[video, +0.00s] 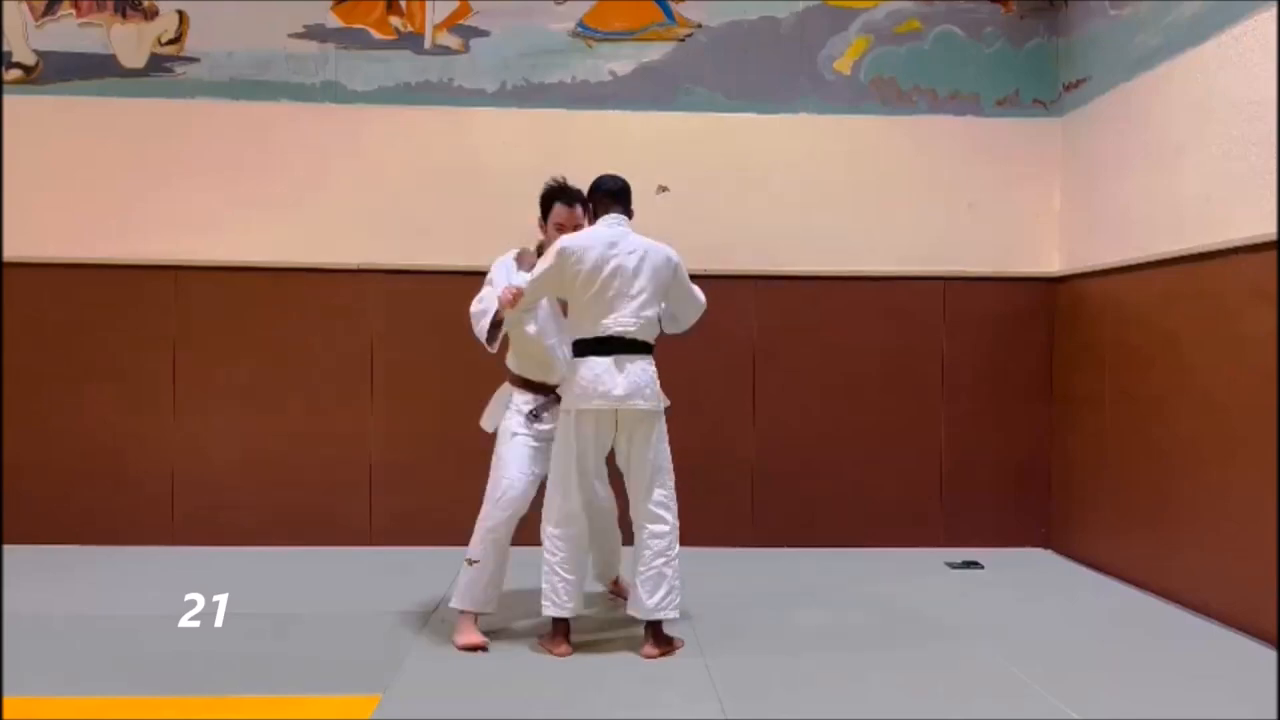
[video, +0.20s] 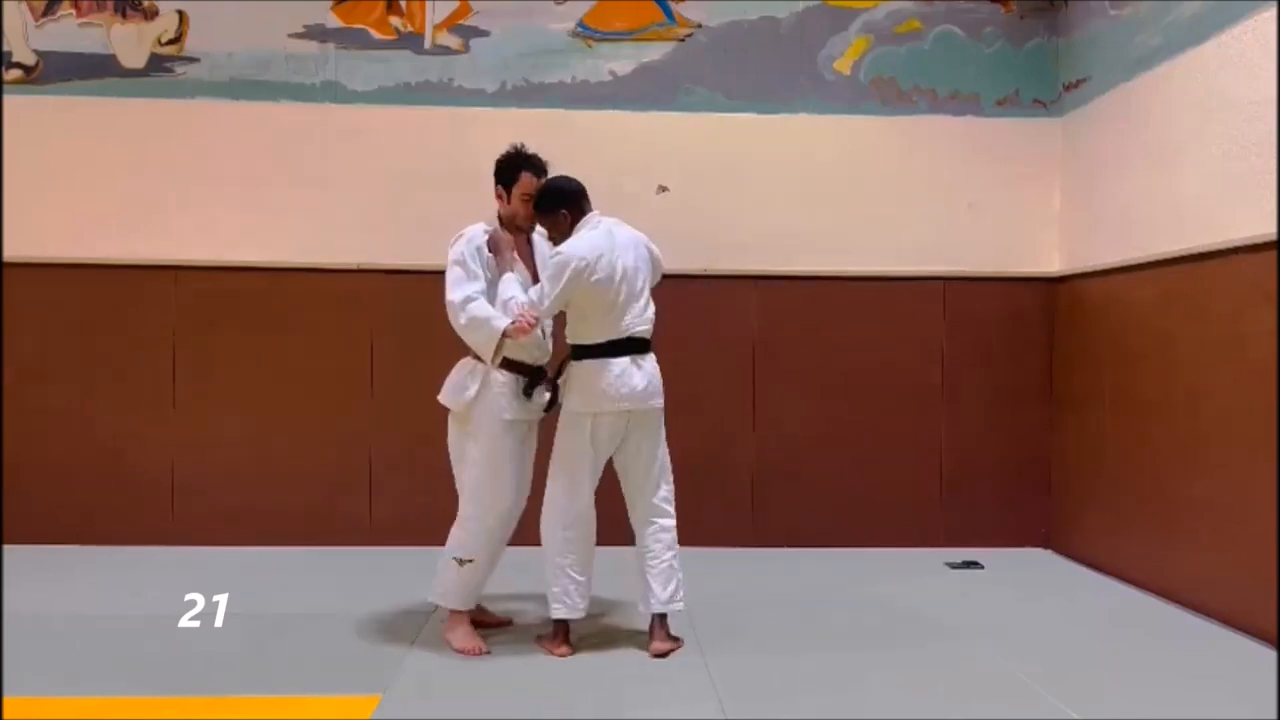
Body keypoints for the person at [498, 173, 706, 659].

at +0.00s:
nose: (579, 219)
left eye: (583, 211)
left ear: (590, 208)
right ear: (632, 208)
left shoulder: (570, 249)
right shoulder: (661, 255)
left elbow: (528, 290)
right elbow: (687, 313)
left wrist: (549, 253)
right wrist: (644, 317)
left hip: (586, 379)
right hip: (640, 377)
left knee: (568, 500)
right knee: (655, 502)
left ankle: (560, 627)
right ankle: (656, 630)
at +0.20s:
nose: (544, 234)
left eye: (545, 225)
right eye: (541, 226)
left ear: (564, 215)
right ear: (583, 208)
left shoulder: (571, 253)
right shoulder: (633, 238)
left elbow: (537, 309)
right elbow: (656, 272)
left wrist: (509, 259)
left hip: (593, 378)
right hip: (643, 374)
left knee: (568, 500)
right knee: (654, 502)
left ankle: (562, 628)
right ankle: (661, 627)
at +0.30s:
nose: (542, 239)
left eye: (542, 230)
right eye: (538, 231)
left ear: (561, 218)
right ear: (579, 210)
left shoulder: (572, 257)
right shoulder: (631, 240)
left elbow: (515, 311)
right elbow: (628, 305)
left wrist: (499, 262)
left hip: (597, 382)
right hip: (645, 377)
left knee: (568, 500)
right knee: (654, 505)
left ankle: (561, 629)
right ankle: (662, 630)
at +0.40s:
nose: (537, 239)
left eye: (539, 229)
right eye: (534, 231)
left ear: (558, 219)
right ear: (575, 211)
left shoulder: (571, 257)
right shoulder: (624, 235)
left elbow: (506, 311)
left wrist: (492, 263)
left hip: (596, 381)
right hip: (645, 374)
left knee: (568, 501)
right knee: (655, 503)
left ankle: (561, 624)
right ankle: (663, 630)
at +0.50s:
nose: (536, 244)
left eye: (537, 235)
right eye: (532, 237)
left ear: (556, 223)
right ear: (570, 211)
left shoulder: (573, 258)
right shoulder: (618, 230)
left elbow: (510, 317)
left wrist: (492, 269)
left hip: (599, 382)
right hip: (646, 372)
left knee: (568, 499)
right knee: (655, 503)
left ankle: (567, 612)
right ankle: (664, 626)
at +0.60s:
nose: (534, 256)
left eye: (535, 248)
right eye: (531, 247)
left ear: (546, 241)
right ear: (570, 216)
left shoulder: (567, 286)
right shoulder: (619, 229)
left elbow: (524, 355)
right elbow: (623, 207)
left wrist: (497, 291)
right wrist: (549, 196)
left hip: (608, 399)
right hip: (658, 386)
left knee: (569, 499)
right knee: (658, 511)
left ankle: (563, 598)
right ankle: (665, 625)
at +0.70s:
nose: (523, 309)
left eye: (524, 299)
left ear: (533, 299)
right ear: (581, 275)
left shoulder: (542, 355)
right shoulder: (628, 293)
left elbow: (529, 416)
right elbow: (639, 247)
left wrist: (511, 334)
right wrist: (583, 231)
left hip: (589, 466)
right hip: (652, 461)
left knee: (564, 512)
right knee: (671, 528)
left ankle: (560, 520)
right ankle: (659, 627)